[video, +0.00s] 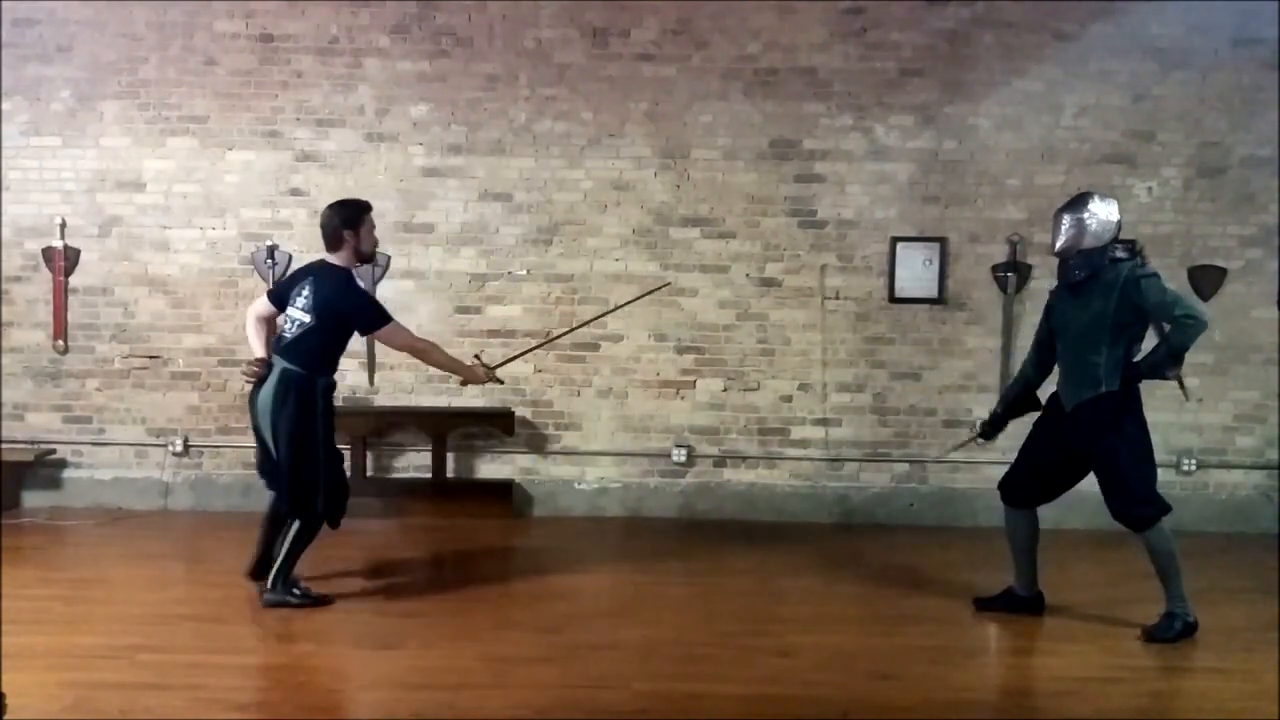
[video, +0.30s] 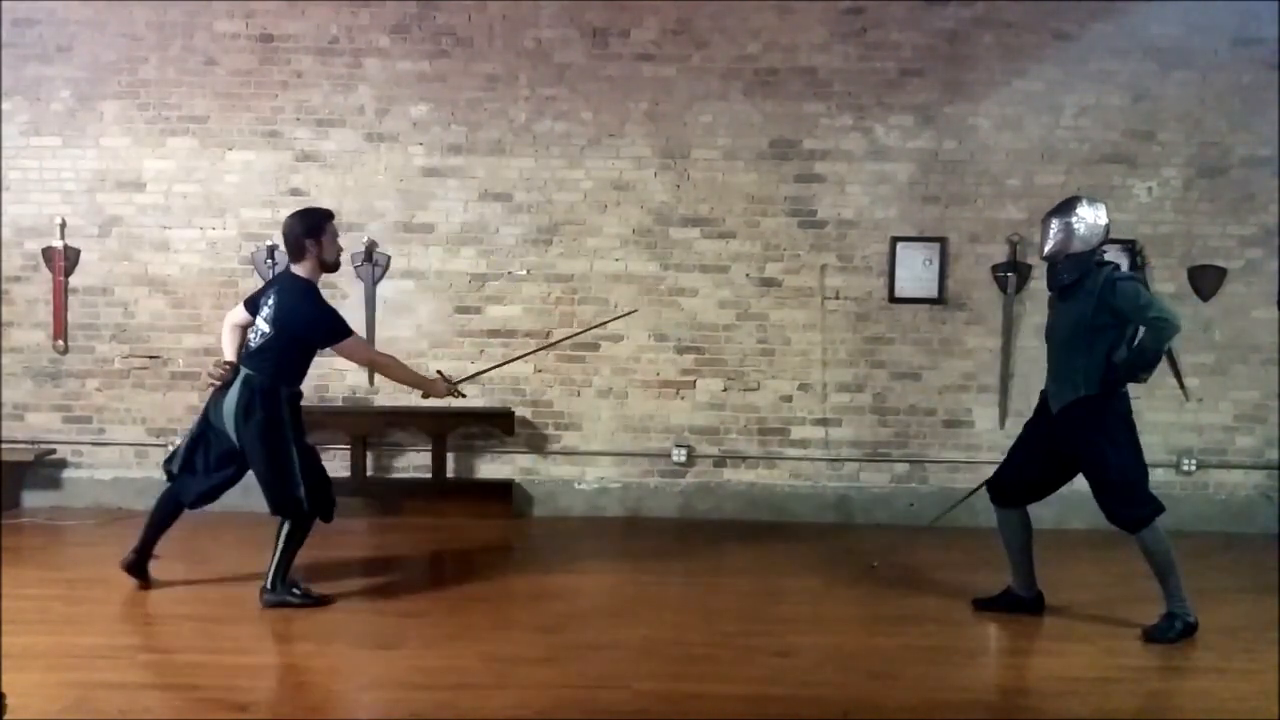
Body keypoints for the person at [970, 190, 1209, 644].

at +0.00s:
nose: (1062, 238)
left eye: (1072, 227)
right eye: (1061, 227)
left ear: (1097, 229)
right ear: (1064, 231)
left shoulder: (1131, 277)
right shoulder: (1062, 295)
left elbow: (1190, 320)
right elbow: (1037, 364)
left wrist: (1144, 368)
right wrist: (1000, 415)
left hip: (1115, 412)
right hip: (1067, 414)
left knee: (1139, 509)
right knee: (1016, 492)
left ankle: (1180, 612)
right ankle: (1025, 592)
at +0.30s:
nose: (1049, 243)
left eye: (1057, 233)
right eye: (1049, 232)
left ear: (1081, 234)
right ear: (1066, 233)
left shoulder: (1111, 282)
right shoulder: (1065, 283)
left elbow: (1164, 322)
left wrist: (1130, 367)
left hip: (1101, 415)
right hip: (1058, 413)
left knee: (1133, 510)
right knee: (1005, 491)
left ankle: (1180, 612)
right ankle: (1024, 592)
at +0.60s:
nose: (1039, 245)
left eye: (1046, 234)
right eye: (1038, 235)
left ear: (1070, 237)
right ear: (1059, 239)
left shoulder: (1096, 284)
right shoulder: (1060, 289)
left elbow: (1143, 323)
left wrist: (1106, 377)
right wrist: (1055, 389)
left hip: (1092, 416)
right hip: (1052, 415)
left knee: (1128, 511)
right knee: (998, 492)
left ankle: (1179, 611)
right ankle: (1023, 590)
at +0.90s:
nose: (1033, 248)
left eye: (1040, 237)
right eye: (1032, 238)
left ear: (1064, 239)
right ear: (1060, 241)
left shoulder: (1095, 284)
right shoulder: (1057, 288)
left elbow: (1144, 323)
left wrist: (1110, 375)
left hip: (1092, 416)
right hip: (1050, 414)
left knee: (1129, 512)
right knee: (998, 492)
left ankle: (1180, 612)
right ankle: (1023, 591)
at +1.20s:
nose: (1034, 245)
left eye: (1041, 235)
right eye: (1034, 235)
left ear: (1064, 237)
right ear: (1063, 238)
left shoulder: (1095, 283)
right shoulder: (1057, 287)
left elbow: (1145, 324)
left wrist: (1112, 375)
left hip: (1093, 416)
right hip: (1051, 414)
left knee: (1131, 511)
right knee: (999, 493)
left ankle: (1180, 611)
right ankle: (1023, 591)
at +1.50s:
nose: (1037, 246)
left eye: (1044, 235)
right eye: (1036, 236)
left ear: (1066, 236)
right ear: (1065, 237)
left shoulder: (1097, 283)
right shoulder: (1057, 287)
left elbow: (1147, 324)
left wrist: (1114, 374)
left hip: (1094, 416)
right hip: (1052, 414)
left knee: (1131, 511)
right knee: (1000, 493)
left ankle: (1180, 612)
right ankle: (1023, 591)